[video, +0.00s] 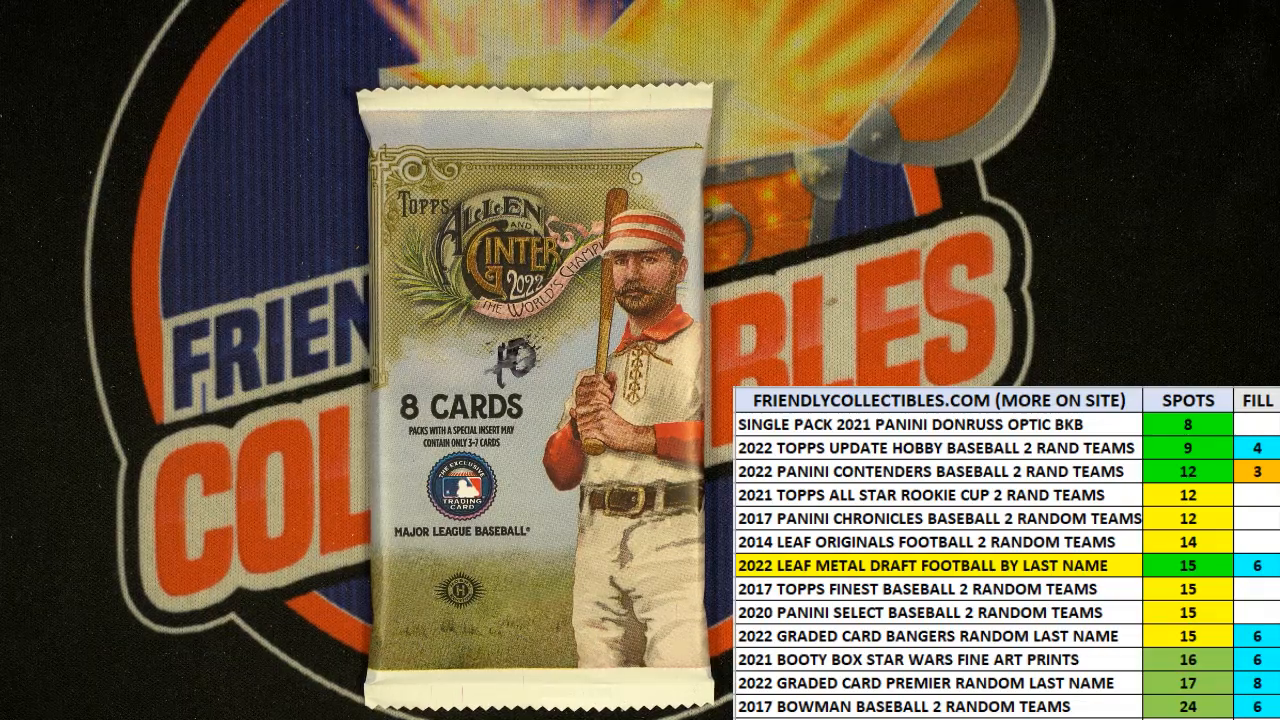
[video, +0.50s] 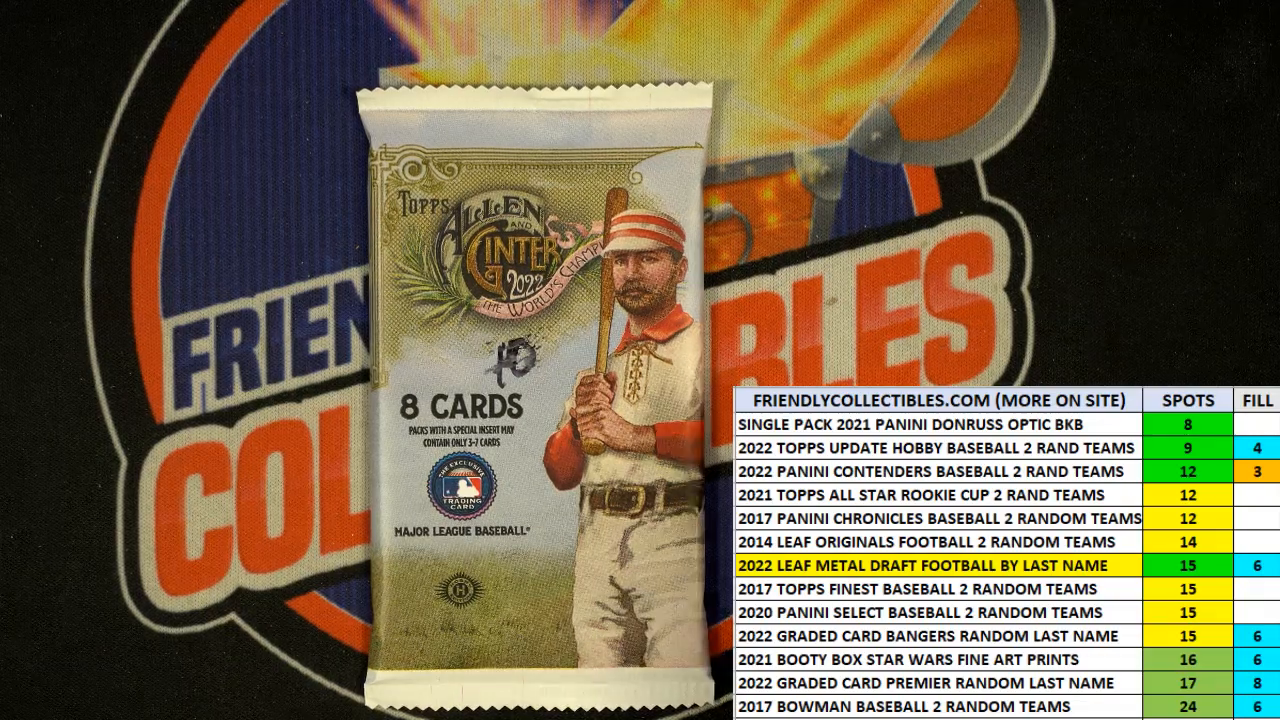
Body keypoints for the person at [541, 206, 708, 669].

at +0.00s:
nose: (630, 273)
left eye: (647, 259)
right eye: (620, 260)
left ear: (678, 269)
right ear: (609, 272)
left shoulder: (704, 346)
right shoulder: (604, 366)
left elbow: (724, 439)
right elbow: (561, 475)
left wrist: (635, 436)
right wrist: (576, 421)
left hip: (674, 530)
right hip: (597, 531)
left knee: (679, 686)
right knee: (600, 691)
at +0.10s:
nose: (630, 273)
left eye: (647, 258)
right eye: (619, 260)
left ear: (678, 270)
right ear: (608, 272)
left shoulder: (705, 345)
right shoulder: (605, 364)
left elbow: (726, 438)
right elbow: (561, 475)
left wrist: (636, 436)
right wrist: (577, 421)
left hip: (674, 529)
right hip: (598, 530)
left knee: (679, 685)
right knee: (601, 690)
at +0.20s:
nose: (630, 273)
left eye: (647, 258)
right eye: (619, 260)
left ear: (678, 270)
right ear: (608, 272)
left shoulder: (705, 345)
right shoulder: (605, 365)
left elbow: (726, 438)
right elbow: (561, 475)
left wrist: (637, 437)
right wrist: (577, 421)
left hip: (674, 529)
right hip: (597, 531)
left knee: (679, 686)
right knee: (601, 691)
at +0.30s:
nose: (630, 273)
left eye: (647, 258)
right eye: (619, 260)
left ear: (678, 270)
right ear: (608, 272)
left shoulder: (705, 345)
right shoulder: (605, 364)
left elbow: (726, 438)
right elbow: (561, 475)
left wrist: (637, 437)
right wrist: (577, 421)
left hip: (674, 529)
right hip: (597, 531)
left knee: (679, 686)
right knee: (601, 691)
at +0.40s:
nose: (630, 273)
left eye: (647, 258)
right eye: (619, 260)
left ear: (678, 270)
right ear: (608, 272)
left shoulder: (704, 345)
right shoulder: (605, 364)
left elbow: (725, 438)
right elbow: (561, 475)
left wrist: (635, 436)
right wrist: (577, 421)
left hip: (673, 528)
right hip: (597, 529)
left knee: (680, 681)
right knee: (600, 688)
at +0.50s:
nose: (631, 273)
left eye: (647, 259)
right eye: (620, 260)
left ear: (678, 269)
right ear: (609, 273)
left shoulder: (706, 345)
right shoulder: (604, 364)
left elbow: (726, 436)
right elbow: (561, 475)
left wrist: (635, 436)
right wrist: (576, 421)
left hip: (672, 527)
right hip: (598, 530)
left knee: (678, 683)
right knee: (601, 688)